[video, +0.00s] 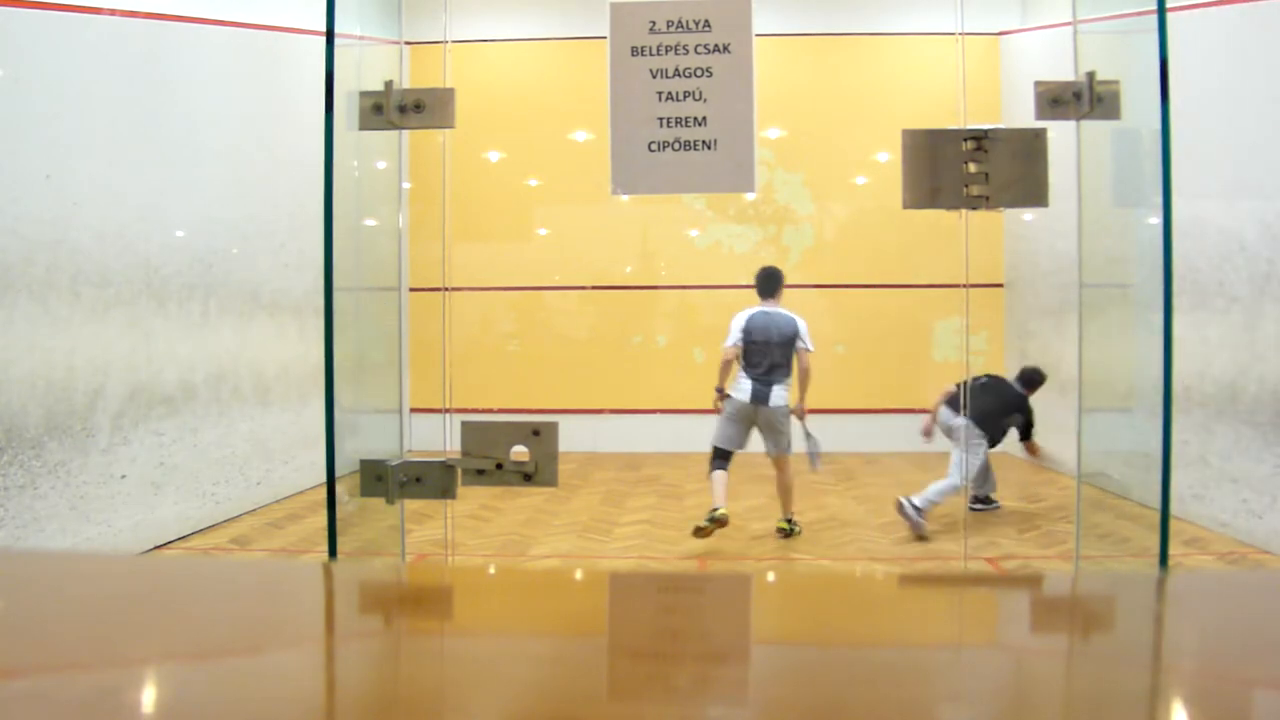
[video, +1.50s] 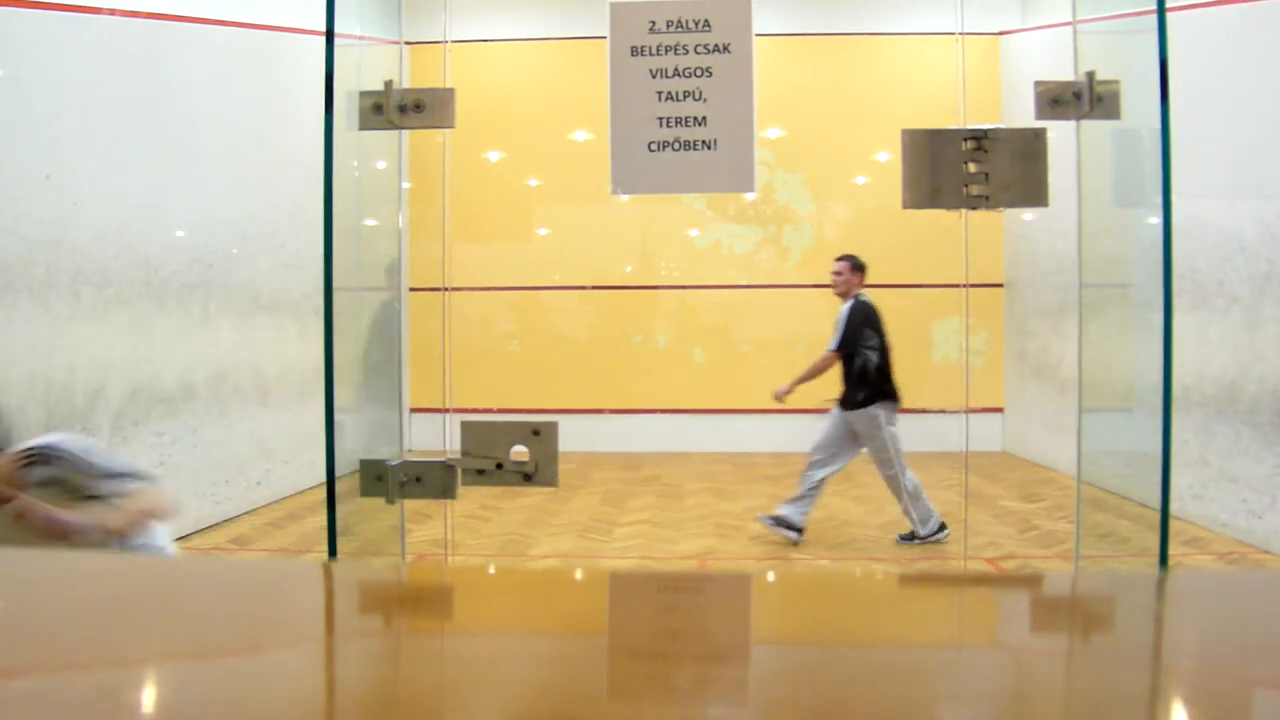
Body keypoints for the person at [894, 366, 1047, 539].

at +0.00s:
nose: (1036, 391)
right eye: (1037, 388)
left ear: (1018, 376)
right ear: (1034, 389)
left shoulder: (992, 379)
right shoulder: (1023, 407)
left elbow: (948, 393)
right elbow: (1027, 442)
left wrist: (931, 420)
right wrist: (1035, 451)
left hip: (946, 414)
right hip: (971, 430)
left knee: (979, 451)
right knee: (959, 479)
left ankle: (981, 495)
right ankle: (916, 504)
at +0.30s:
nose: (990, 359)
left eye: (992, 358)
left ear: (994, 360)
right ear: (1011, 369)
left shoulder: (985, 363)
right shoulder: (1018, 384)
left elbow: (962, 367)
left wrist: (940, 386)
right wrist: (955, 442)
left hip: (974, 399)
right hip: (1004, 412)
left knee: (985, 445)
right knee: (987, 469)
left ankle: (983, 492)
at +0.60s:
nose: (968, 332)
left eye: (971, 328)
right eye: (969, 328)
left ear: (982, 327)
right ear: (993, 330)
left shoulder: (974, 343)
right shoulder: (1014, 350)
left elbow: (972, 363)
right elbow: (1036, 390)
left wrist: (967, 393)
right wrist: (1032, 420)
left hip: (988, 401)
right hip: (1023, 406)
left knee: (984, 449)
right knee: (1016, 455)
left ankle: (979, 496)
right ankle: (1040, 505)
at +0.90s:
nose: (943, 313)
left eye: (947, 307)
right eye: (942, 308)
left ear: (964, 307)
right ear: (969, 308)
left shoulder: (958, 332)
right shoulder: (994, 332)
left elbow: (960, 367)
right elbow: (1027, 361)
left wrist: (955, 406)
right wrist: (1044, 395)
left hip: (979, 406)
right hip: (1010, 410)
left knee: (936, 453)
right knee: (1015, 456)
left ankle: (944, 507)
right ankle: (1039, 510)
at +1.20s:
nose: (890, 285)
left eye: (895, 280)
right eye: (891, 280)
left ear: (915, 284)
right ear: (914, 285)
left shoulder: (910, 314)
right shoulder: (936, 313)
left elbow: (890, 364)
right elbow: (958, 353)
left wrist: (864, 405)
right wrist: (974, 383)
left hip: (925, 398)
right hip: (946, 398)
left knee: (902, 467)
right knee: (930, 458)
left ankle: (929, 528)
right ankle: (973, 506)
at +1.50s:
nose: (833, 279)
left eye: (839, 274)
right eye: (833, 274)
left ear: (857, 278)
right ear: (850, 279)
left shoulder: (856, 308)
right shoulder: (859, 308)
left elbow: (833, 355)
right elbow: (870, 358)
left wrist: (792, 385)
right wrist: (848, 396)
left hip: (873, 405)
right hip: (854, 405)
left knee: (894, 470)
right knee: (821, 459)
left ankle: (929, 525)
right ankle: (793, 518)